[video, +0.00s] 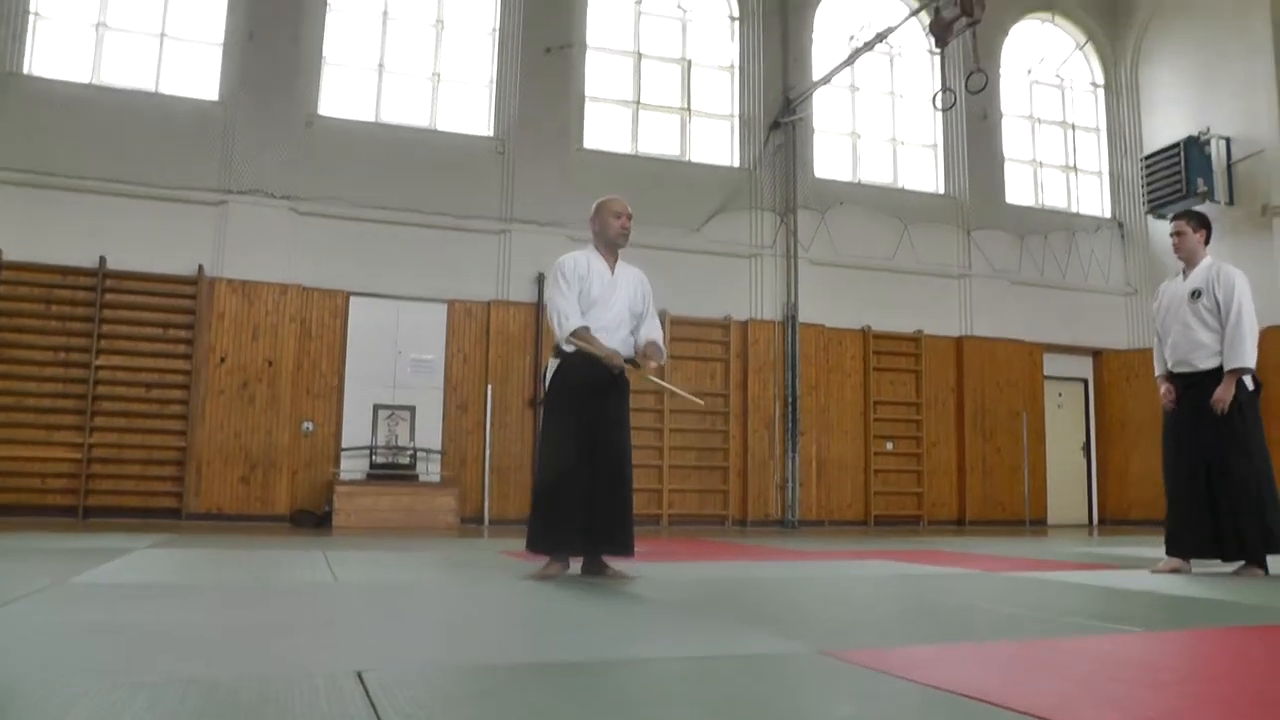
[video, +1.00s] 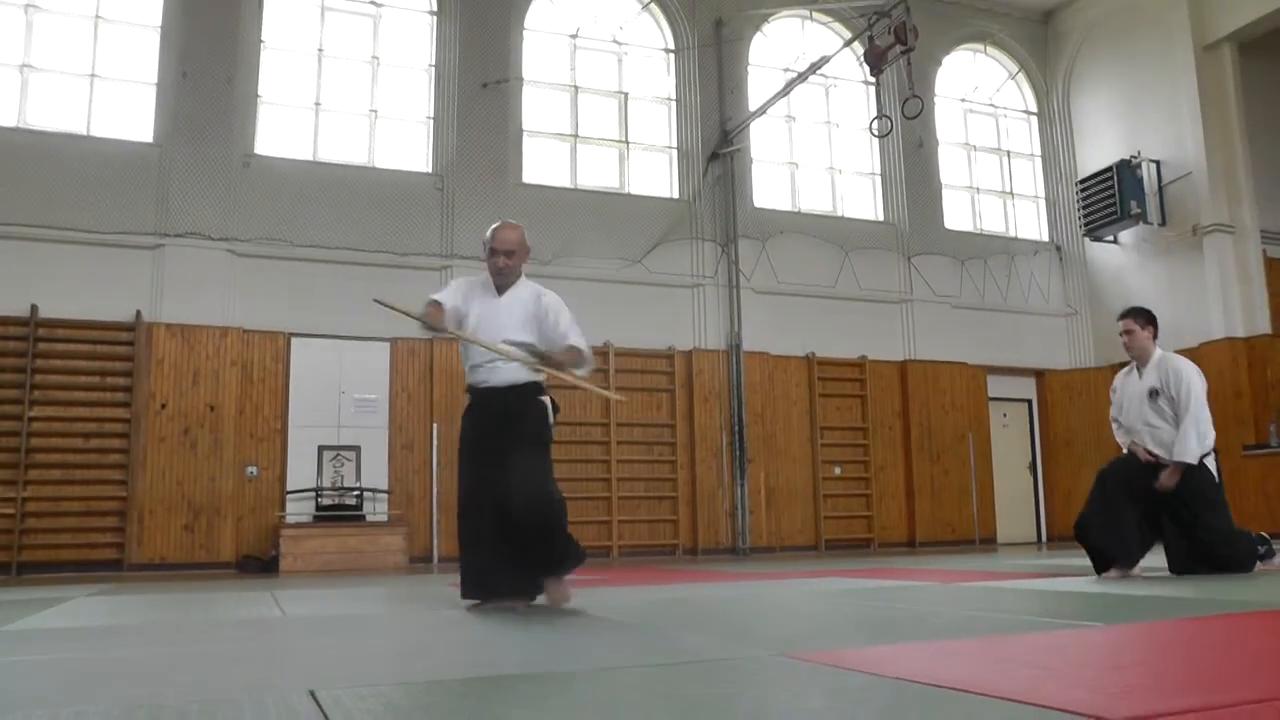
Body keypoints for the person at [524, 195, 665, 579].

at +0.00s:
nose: (627, 224)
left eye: (629, 219)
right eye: (618, 216)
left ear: (629, 228)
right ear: (595, 222)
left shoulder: (637, 278)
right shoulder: (570, 264)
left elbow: (649, 326)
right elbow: (565, 322)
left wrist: (651, 351)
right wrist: (601, 350)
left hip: (613, 375)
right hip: (574, 372)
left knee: (607, 464)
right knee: (563, 462)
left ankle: (595, 558)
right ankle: (559, 556)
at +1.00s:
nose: (502, 262)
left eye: (510, 255)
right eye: (496, 254)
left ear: (525, 257)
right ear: (486, 254)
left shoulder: (541, 299)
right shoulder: (466, 289)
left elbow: (579, 353)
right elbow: (431, 309)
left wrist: (553, 357)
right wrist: (438, 319)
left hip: (525, 405)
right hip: (481, 405)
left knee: (529, 490)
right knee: (480, 494)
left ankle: (554, 571)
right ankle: (503, 589)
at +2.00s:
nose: (478, 209)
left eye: (484, 203)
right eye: (468, 201)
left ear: (490, 213)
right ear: (447, 209)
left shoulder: (507, 265)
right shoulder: (423, 262)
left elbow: (531, 324)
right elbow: (390, 302)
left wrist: (520, 356)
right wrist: (374, 333)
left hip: (492, 371)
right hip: (441, 374)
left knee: (505, 470)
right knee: (453, 473)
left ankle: (533, 561)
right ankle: (478, 575)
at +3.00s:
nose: (369, 211)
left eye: (376, 203)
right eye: (366, 204)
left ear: (406, 205)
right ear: (370, 210)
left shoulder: (436, 254)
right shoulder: (362, 259)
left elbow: (479, 301)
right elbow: (323, 276)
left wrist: (451, 293)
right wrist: (296, 279)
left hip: (431, 376)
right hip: (386, 378)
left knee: (450, 469)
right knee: (382, 473)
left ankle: (488, 546)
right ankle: (412, 573)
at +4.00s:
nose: (361, 252)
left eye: (357, 246)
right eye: (357, 246)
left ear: (315, 253)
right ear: (343, 247)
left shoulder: (290, 287)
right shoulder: (359, 272)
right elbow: (410, 311)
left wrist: (367, 341)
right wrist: (380, 337)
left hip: (277, 403)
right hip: (328, 401)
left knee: (272, 504)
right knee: (387, 489)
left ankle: (230, 579)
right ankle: (399, 590)